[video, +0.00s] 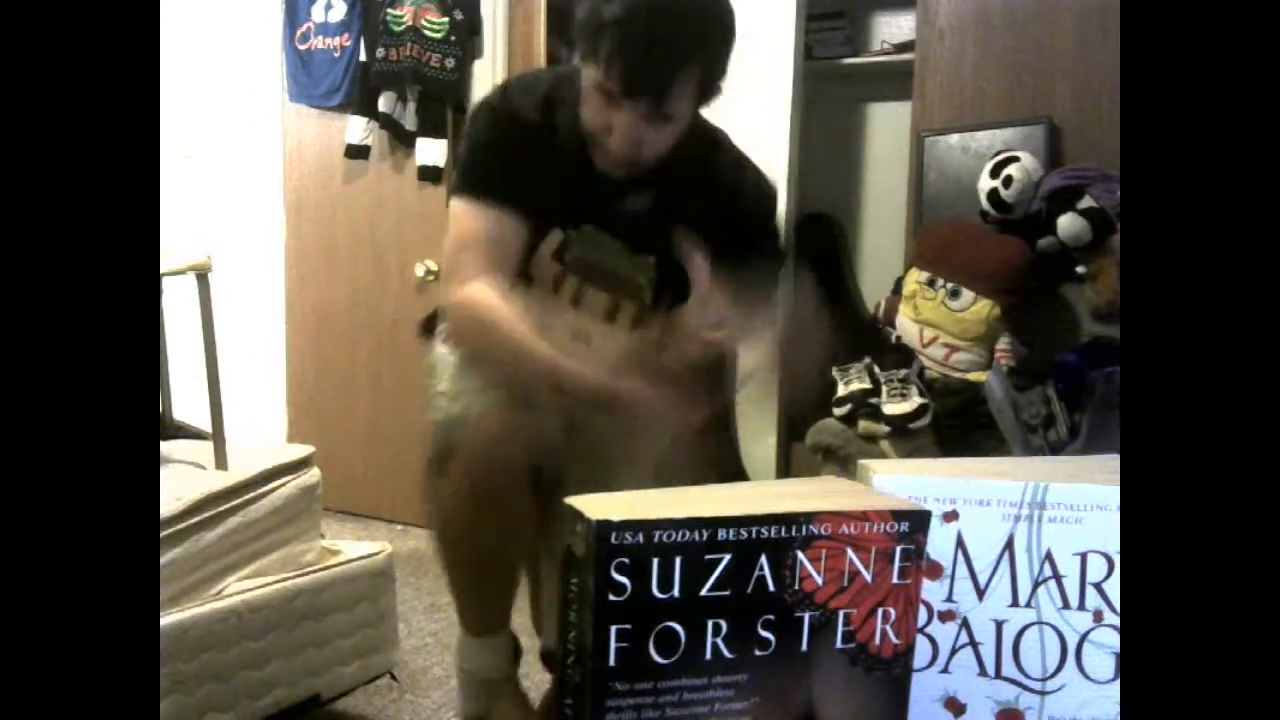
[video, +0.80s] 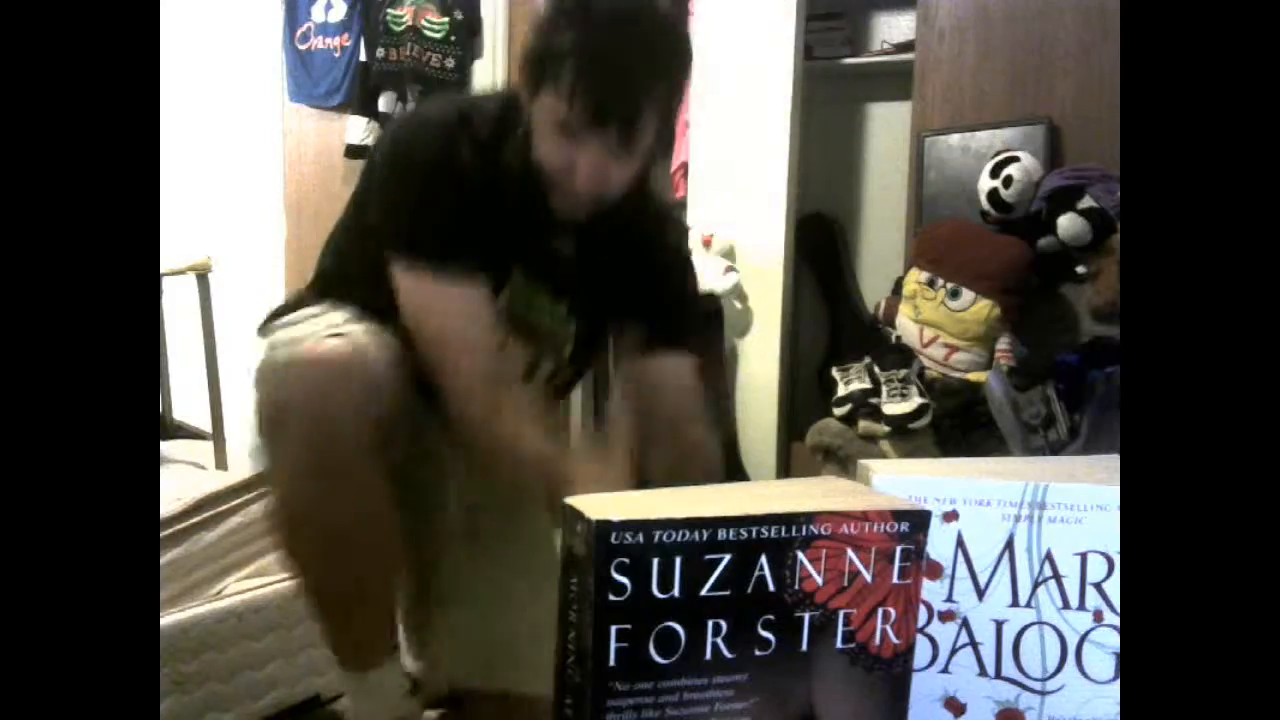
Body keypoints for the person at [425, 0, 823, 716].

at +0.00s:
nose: (622, 135)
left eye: (657, 117)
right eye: (605, 99)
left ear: (704, 96)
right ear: (580, 63)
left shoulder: (735, 193)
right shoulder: (515, 122)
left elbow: (732, 350)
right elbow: (468, 294)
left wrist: (708, 333)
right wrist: (618, 391)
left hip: (643, 385)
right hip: (511, 350)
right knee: (485, 437)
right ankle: (485, 672)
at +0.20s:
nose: (626, 122)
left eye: (658, 101)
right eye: (607, 86)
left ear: (698, 84)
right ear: (576, 51)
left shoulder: (715, 160)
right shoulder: (515, 110)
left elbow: (738, 284)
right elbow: (501, 272)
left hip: (620, 410)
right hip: (506, 375)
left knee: (581, 658)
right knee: (452, 379)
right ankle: (481, 642)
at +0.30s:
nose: (635, 95)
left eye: (665, 74)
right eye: (617, 65)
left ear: (706, 59)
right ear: (583, 30)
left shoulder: (706, 134)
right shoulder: (519, 94)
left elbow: (814, 228)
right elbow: (529, 215)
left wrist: (793, 180)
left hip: (643, 388)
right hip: (508, 369)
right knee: (436, 347)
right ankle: (473, 628)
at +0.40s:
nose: (648, 42)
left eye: (675, 26)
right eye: (643, 18)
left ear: (695, 25)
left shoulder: (679, 96)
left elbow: (766, 186)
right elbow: (503, 46)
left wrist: (769, 12)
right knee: (374, 220)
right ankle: (432, 537)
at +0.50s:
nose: (634, 27)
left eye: (660, 12)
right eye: (628, 5)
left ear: (678, 12)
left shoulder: (672, 89)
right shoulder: (488, 21)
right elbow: (465, 35)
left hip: (550, 317)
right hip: (422, 256)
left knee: (553, 619)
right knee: (383, 187)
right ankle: (410, 530)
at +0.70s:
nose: (585, 148)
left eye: (618, 122)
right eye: (567, 109)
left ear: (659, 108)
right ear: (533, 67)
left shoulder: (643, 199)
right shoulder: (443, 122)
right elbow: (481, 348)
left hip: (501, 406)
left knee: (513, 687)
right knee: (374, 342)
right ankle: (381, 663)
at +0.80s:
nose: (585, 170)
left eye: (618, 148)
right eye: (566, 133)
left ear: (657, 141)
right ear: (528, 92)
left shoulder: (648, 228)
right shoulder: (439, 149)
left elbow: (679, 425)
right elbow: (477, 392)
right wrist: (602, 503)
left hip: (515, 412)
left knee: (517, 685)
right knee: (328, 369)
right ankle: (374, 686)